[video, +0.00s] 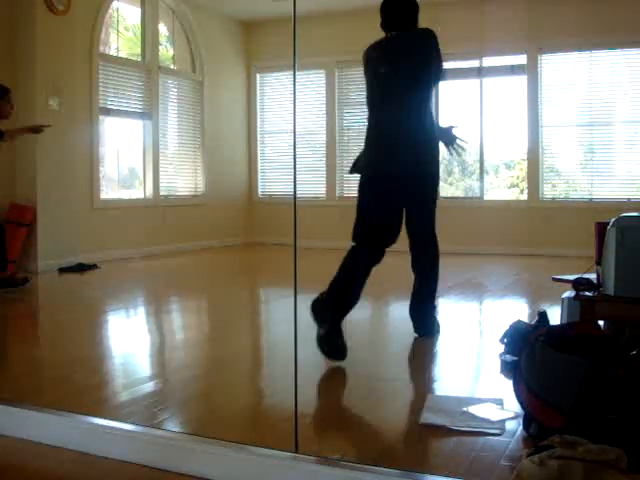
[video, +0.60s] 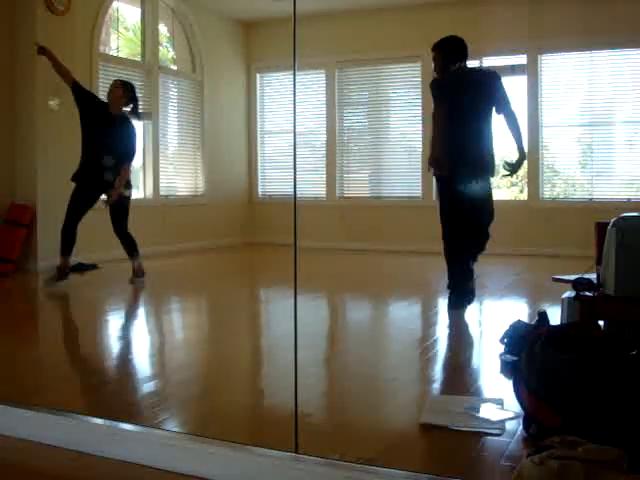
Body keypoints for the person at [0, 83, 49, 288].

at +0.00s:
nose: (11, 110)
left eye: (10, 104)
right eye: (8, 104)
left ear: (6, 105)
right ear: (2, 105)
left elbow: (7, 136)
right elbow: (7, 136)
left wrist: (28, 130)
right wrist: (27, 130)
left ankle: (8, 272)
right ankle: (6, 273)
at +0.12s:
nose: (34, 102)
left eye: (32, 98)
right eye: (29, 98)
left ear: (16, 103)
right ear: (17, 102)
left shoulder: (13, 126)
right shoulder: (12, 127)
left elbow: (31, 158)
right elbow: (30, 158)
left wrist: (58, 168)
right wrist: (60, 168)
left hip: (1, 193)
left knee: (21, 227)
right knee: (22, 228)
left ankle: (10, 274)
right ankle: (10, 274)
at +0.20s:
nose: (56, 88)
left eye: (57, 84)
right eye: (51, 83)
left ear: (57, 89)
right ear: (39, 86)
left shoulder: (52, 120)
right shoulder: (24, 107)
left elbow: (52, 156)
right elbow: (5, 134)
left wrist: (60, 181)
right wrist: (6, 155)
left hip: (33, 175)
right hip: (13, 172)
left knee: (30, 225)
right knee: (31, 225)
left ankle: (14, 270)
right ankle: (13, 270)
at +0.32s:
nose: (75, 85)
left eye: (80, 81)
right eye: (73, 79)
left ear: (87, 87)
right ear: (67, 81)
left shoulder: (83, 115)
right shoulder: (51, 96)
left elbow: (79, 145)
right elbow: (21, 95)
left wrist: (69, 164)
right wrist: (16, 76)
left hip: (59, 168)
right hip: (33, 164)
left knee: (79, 214)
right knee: (42, 213)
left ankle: (68, 252)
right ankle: (30, 259)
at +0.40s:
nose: (89, 89)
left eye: (93, 86)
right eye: (87, 84)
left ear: (99, 91)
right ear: (82, 85)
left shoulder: (98, 121)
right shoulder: (60, 95)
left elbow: (91, 152)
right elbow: (36, 72)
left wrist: (80, 168)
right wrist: (15, 52)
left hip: (73, 171)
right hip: (46, 167)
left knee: (93, 217)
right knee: (46, 219)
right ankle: (39, 267)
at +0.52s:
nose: (105, 90)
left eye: (111, 88)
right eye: (106, 87)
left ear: (120, 96)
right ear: (105, 92)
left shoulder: (122, 127)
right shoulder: (87, 105)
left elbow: (119, 164)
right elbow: (64, 78)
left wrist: (111, 191)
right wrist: (43, 53)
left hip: (110, 182)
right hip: (82, 178)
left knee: (119, 229)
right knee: (65, 224)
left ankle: (137, 265)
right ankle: (53, 269)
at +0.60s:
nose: (110, 91)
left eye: (116, 89)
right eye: (111, 88)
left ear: (125, 97)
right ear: (110, 93)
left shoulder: (127, 128)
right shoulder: (91, 106)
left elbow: (127, 163)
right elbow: (69, 79)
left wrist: (117, 188)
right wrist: (49, 55)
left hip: (117, 181)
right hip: (90, 177)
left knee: (120, 228)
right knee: (70, 222)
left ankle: (137, 266)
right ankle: (63, 266)